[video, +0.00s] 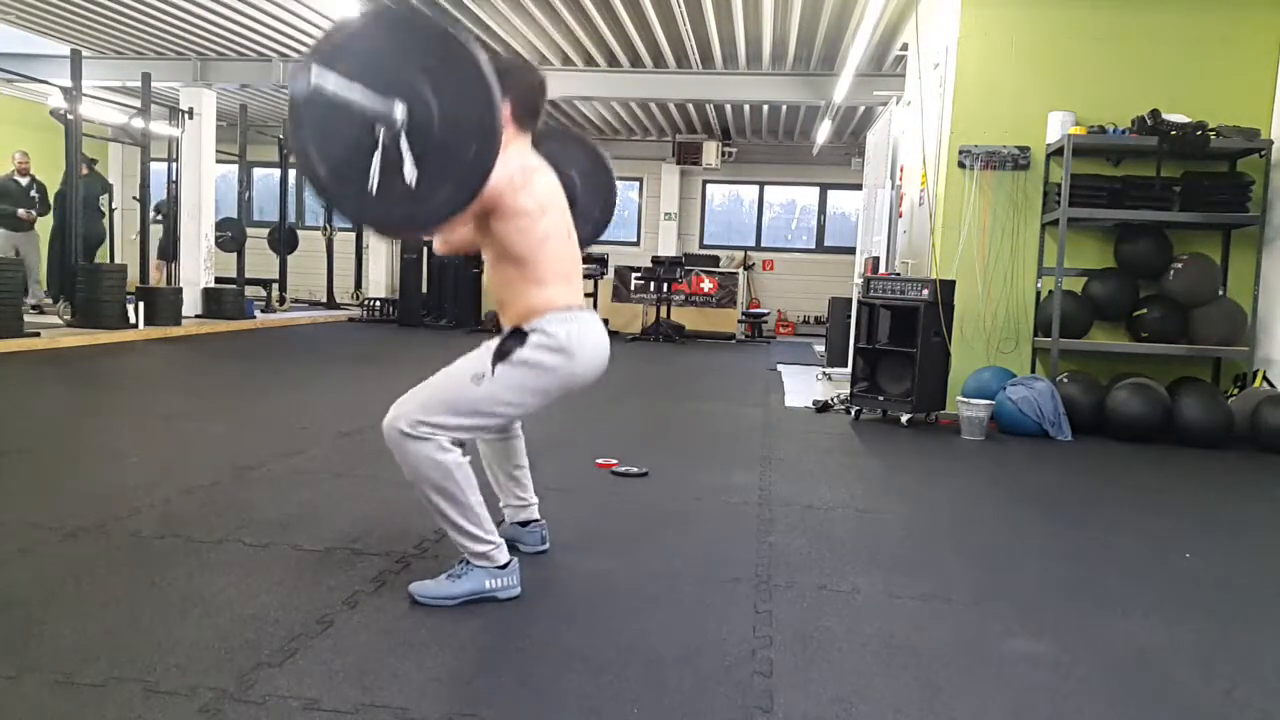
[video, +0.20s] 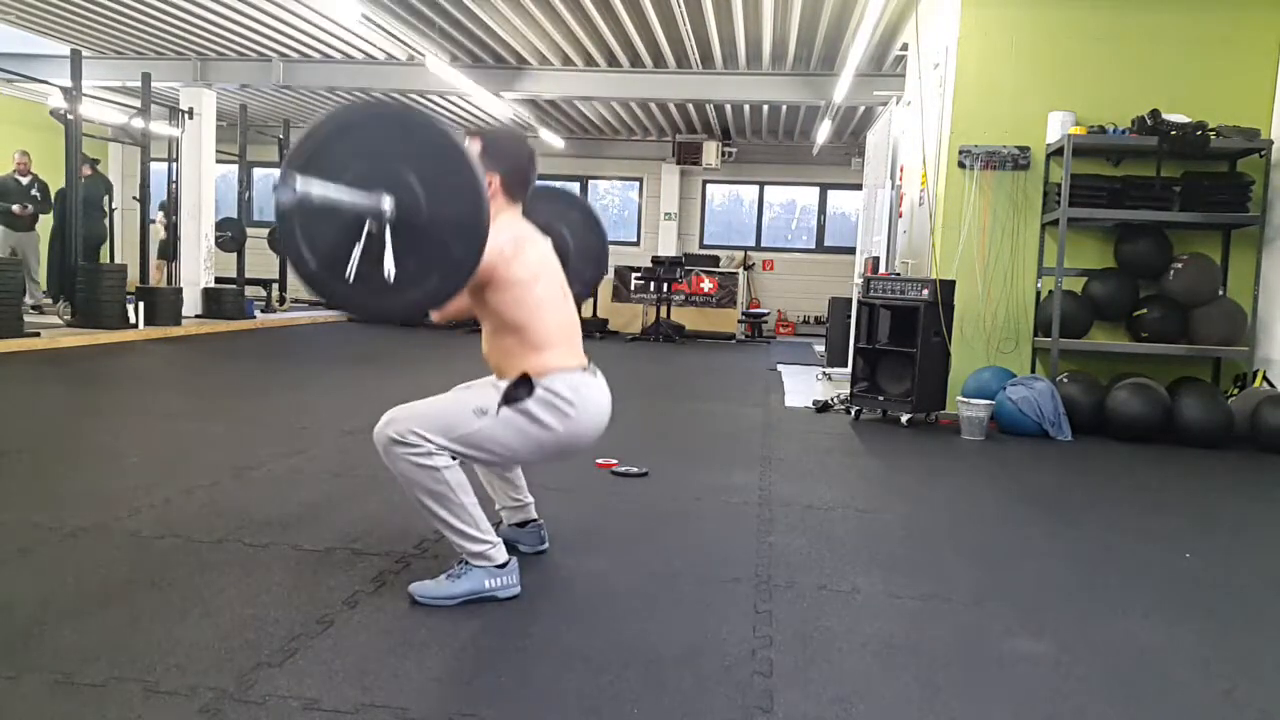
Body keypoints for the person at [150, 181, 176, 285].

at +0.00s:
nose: (171, 192)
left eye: (174, 189)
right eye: (169, 189)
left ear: (177, 190)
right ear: (166, 190)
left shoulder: (181, 203)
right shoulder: (161, 204)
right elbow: (152, 219)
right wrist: (164, 222)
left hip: (179, 237)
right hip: (166, 236)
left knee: (178, 264)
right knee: (160, 264)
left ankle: (177, 289)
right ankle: (153, 288)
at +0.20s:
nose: (174, 191)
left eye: (175, 189)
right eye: (172, 189)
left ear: (178, 190)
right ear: (169, 190)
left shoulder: (182, 203)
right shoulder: (164, 203)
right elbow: (160, 217)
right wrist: (162, 229)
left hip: (179, 235)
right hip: (167, 234)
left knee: (177, 263)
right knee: (160, 263)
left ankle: (178, 287)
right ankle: (153, 287)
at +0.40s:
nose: (173, 191)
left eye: (175, 188)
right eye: (171, 188)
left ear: (179, 189)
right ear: (168, 189)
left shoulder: (181, 203)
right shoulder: (164, 202)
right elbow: (161, 214)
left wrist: (166, 216)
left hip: (179, 232)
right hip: (168, 232)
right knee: (159, 262)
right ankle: (153, 289)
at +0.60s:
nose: (168, 191)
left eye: (171, 188)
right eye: (166, 188)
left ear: (176, 190)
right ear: (163, 190)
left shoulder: (179, 204)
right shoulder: (158, 204)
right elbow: (154, 221)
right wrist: (153, 236)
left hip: (177, 236)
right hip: (163, 236)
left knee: (175, 264)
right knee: (156, 264)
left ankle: (175, 288)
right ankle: (153, 287)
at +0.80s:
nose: (160, 190)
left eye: (162, 187)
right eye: (158, 188)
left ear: (168, 189)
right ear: (156, 189)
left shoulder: (175, 202)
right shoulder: (153, 202)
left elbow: (180, 218)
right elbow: (144, 219)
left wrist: (180, 235)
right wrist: (136, 235)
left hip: (172, 235)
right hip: (157, 235)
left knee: (174, 264)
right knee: (152, 261)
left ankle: (174, 286)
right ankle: (149, 287)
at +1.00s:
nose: (153, 189)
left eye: (155, 186)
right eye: (151, 187)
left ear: (161, 188)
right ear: (149, 188)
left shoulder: (169, 200)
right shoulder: (148, 201)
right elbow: (141, 212)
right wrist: (134, 221)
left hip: (166, 235)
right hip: (151, 234)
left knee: (169, 261)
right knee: (149, 260)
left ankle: (172, 284)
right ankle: (149, 283)